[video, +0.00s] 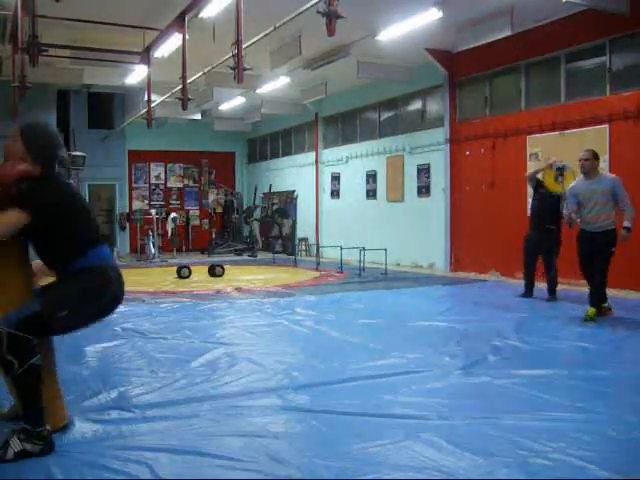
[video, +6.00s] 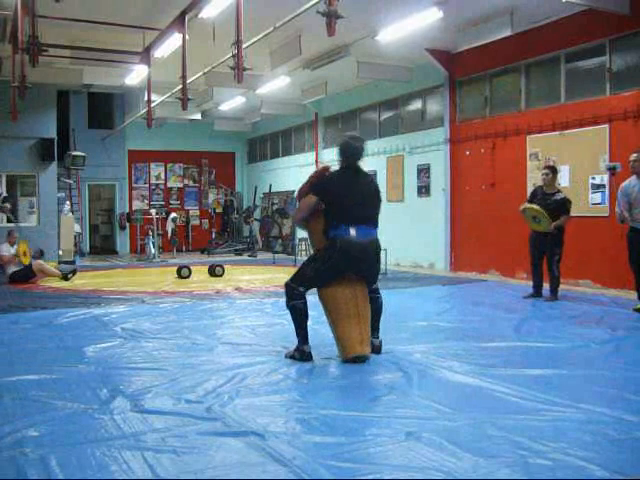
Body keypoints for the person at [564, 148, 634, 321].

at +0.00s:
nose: (582, 163)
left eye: (586, 160)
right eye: (580, 160)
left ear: (596, 162)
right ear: (579, 164)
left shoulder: (612, 182)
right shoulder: (575, 188)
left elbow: (626, 205)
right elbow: (569, 209)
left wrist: (626, 225)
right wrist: (570, 217)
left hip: (606, 231)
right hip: (586, 231)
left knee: (600, 269)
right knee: (587, 268)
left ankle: (594, 306)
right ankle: (602, 302)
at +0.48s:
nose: (590, 163)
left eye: (594, 160)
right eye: (588, 160)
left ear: (603, 162)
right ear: (586, 163)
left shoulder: (618, 180)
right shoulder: (582, 186)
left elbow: (631, 202)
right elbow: (578, 209)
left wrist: (635, 222)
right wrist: (578, 216)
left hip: (614, 228)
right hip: (594, 229)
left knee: (613, 266)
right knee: (595, 269)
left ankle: (617, 300)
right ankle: (601, 302)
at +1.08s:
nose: (609, 165)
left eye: (613, 161)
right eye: (607, 161)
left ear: (624, 162)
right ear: (605, 164)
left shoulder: (636, 180)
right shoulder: (603, 185)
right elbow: (599, 211)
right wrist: (599, 216)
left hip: (634, 229)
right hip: (613, 229)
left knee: (638, 269)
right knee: (606, 269)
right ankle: (604, 302)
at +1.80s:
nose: (633, 164)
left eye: (635, 160)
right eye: (631, 161)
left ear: (639, 162)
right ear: (629, 163)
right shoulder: (625, 186)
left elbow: (622, 208)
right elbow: (621, 208)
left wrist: (628, 217)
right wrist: (625, 217)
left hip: (634, 227)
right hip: (632, 226)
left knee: (626, 263)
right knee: (625, 263)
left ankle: (623, 298)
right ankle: (622, 298)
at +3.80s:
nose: (634, 163)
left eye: (636, 160)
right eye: (632, 160)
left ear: (639, 162)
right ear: (630, 163)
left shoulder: (629, 186)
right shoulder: (626, 185)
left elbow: (622, 208)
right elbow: (622, 208)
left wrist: (628, 222)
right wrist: (627, 223)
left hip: (634, 229)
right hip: (632, 228)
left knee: (627, 265)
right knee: (626, 265)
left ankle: (623, 300)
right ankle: (623, 299)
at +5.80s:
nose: (633, 164)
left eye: (635, 161)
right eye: (632, 161)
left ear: (639, 164)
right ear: (629, 164)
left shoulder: (627, 187)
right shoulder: (626, 186)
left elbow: (623, 211)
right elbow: (623, 210)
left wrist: (628, 219)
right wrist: (628, 219)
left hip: (634, 229)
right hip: (634, 229)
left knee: (635, 267)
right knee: (635, 267)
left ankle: (638, 300)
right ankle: (638, 300)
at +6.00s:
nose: (633, 165)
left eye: (635, 161)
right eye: (631, 162)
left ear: (639, 164)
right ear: (628, 165)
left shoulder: (627, 188)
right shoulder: (626, 187)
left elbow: (622, 211)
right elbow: (622, 210)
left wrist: (627, 218)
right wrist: (626, 217)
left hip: (634, 228)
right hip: (634, 228)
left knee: (635, 266)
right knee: (635, 266)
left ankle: (638, 300)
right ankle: (638, 300)